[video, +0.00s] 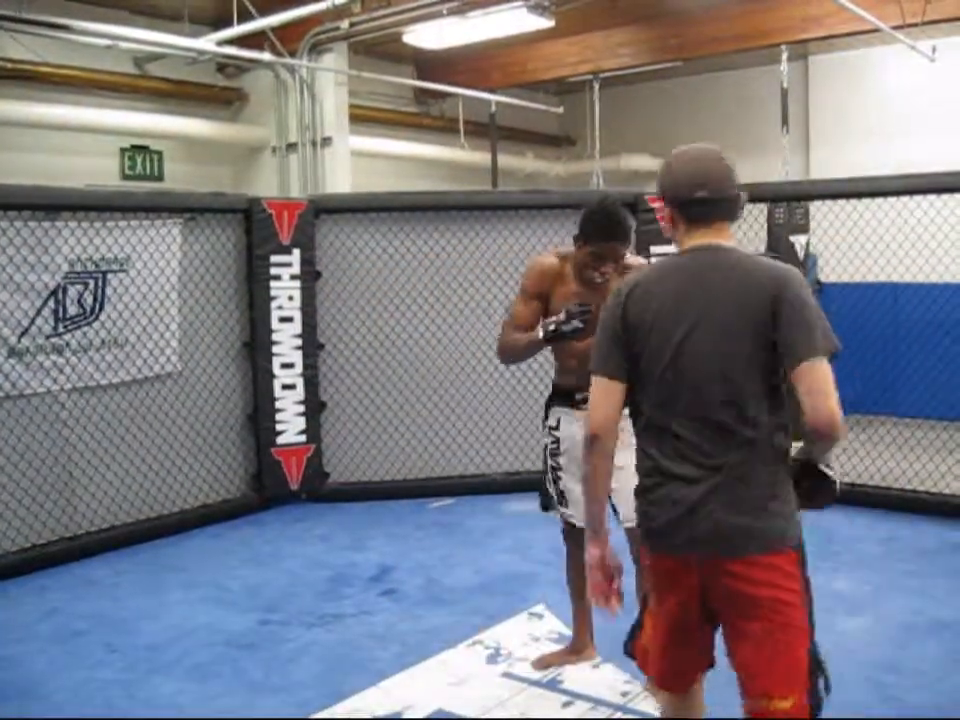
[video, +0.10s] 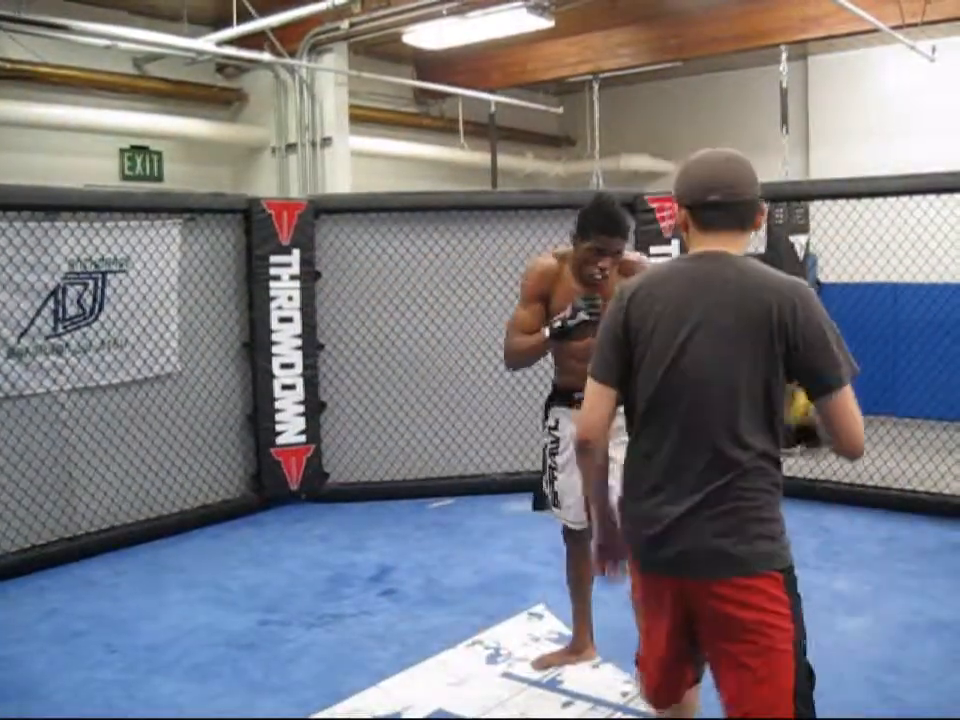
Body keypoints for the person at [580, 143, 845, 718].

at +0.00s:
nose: (657, 212)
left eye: (658, 204)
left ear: (665, 212)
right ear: (736, 206)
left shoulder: (631, 295)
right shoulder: (779, 282)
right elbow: (824, 417)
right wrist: (814, 445)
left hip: (667, 528)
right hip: (757, 529)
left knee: (677, 689)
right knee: (778, 704)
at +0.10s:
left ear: (680, 215)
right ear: (758, 215)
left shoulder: (635, 297)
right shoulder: (788, 297)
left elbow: (589, 434)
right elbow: (850, 441)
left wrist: (602, 519)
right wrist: (801, 411)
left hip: (655, 545)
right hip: (746, 550)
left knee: (671, 697)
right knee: (764, 708)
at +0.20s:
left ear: (678, 204)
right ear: (757, 205)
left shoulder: (628, 279)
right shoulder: (787, 287)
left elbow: (576, 414)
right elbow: (857, 395)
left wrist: (640, 412)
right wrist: (832, 310)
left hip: (634, 538)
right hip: (732, 548)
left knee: (652, 700)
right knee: (755, 708)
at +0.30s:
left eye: (653, 186)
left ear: (655, 196)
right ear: (737, 196)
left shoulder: (611, 273)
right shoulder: (772, 275)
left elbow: (563, 397)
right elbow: (852, 337)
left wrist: (613, 367)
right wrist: (815, 240)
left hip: (621, 538)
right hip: (721, 546)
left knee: (628, 693)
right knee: (749, 707)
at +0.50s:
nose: (574, 234)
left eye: (577, 223)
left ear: (586, 231)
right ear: (669, 226)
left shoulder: (552, 316)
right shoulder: (708, 298)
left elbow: (484, 442)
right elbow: (810, 292)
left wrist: (558, 435)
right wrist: (757, 223)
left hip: (589, 588)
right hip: (688, 587)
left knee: (583, 709)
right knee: (744, 708)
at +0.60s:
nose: (620, 226)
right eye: (619, 215)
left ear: (535, 234)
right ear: (613, 220)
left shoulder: (503, 314)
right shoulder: (648, 293)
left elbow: (438, 446)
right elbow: (771, 305)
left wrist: (497, 474)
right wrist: (722, 214)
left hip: (548, 594)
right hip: (648, 590)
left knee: (557, 710)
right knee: (711, 708)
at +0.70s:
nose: (562, 205)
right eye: (560, 198)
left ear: (486, 221)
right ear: (559, 204)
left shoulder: (455, 301)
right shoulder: (603, 275)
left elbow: (405, 428)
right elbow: (709, 310)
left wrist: (471, 447)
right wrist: (674, 231)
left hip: (496, 549)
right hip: (589, 548)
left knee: (493, 707)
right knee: (639, 707)